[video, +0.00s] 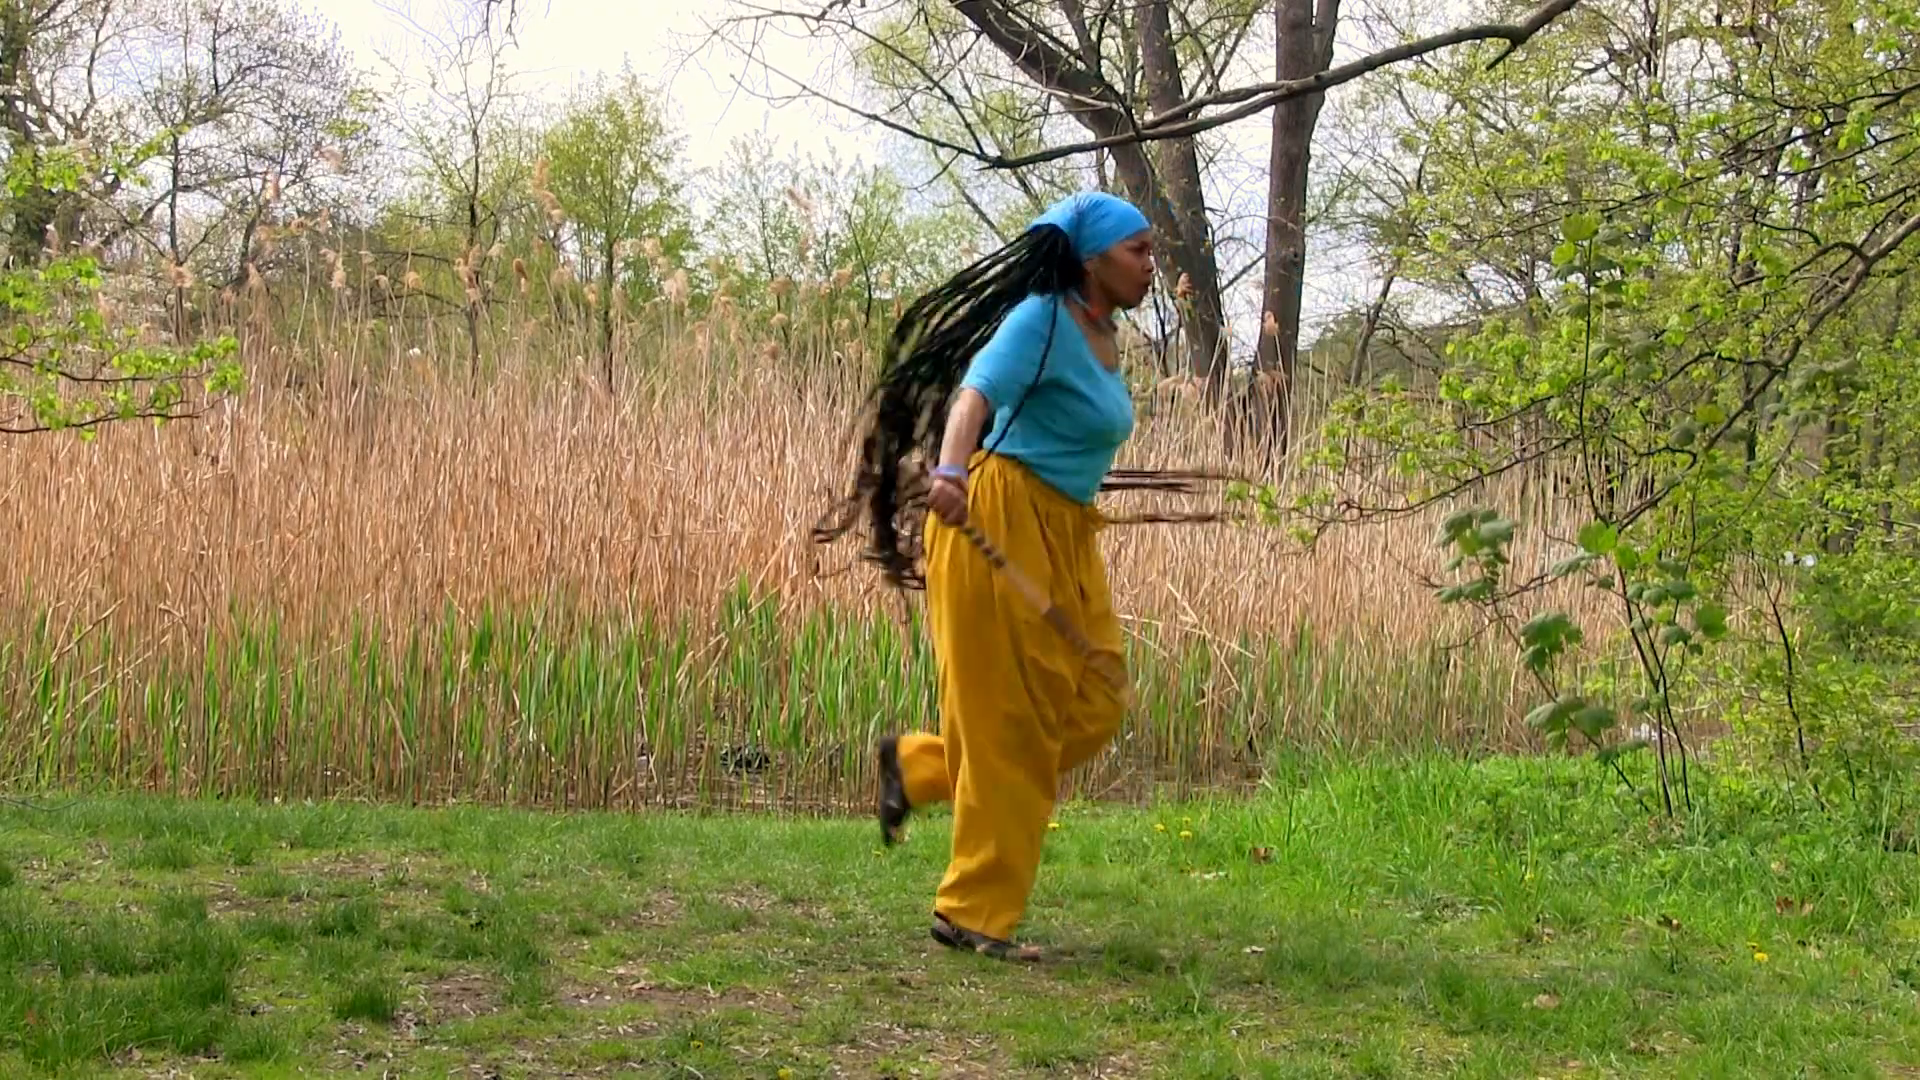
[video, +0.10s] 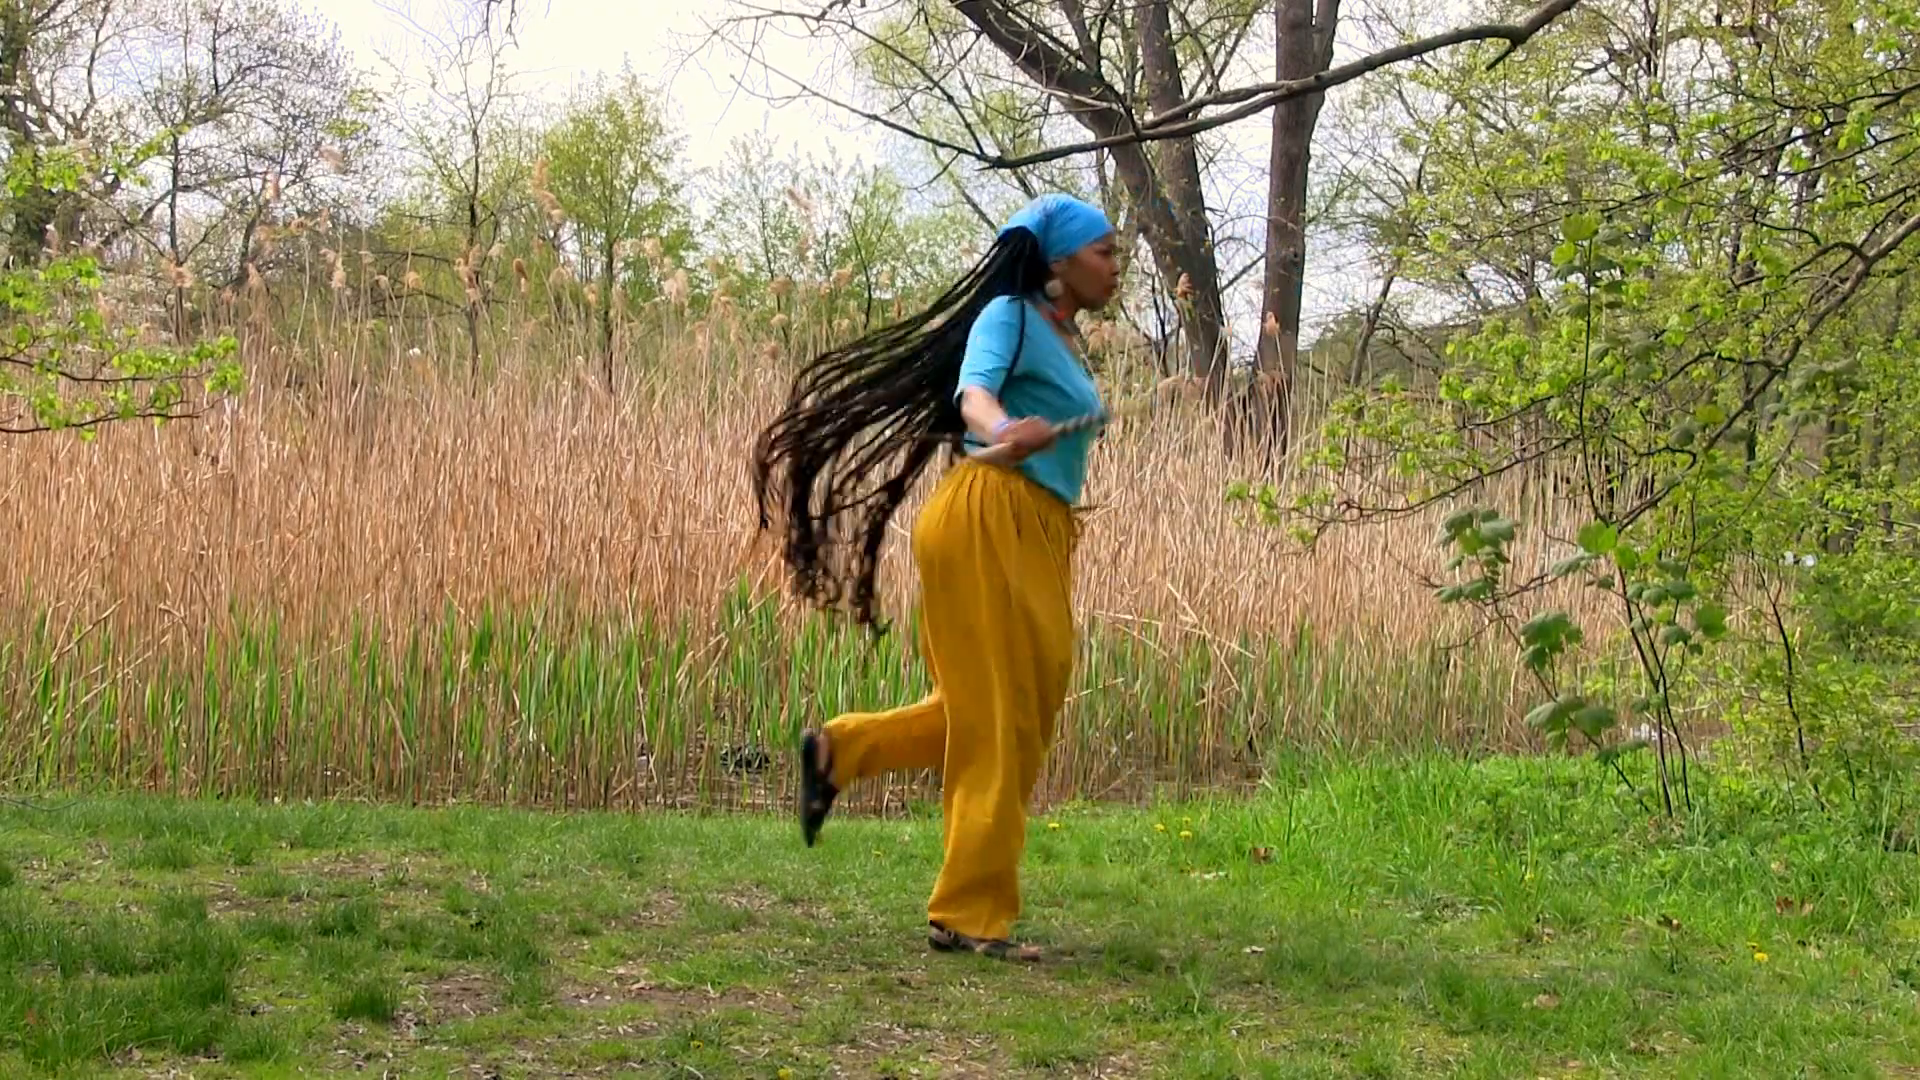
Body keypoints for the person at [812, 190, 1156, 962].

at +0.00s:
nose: (1151, 263)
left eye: (1150, 250)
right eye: (1137, 250)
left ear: (1116, 263)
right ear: (1090, 258)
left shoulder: (1101, 333)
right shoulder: (1041, 317)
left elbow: (1059, 431)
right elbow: (980, 390)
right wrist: (953, 470)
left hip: (1070, 529)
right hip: (1002, 514)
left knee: (1092, 708)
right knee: (1007, 715)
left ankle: (914, 767)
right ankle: (973, 911)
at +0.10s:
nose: (1116, 266)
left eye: (1113, 252)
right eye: (1102, 252)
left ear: (1070, 267)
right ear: (1058, 262)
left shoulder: (1054, 336)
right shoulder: (1009, 315)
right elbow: (974, 393)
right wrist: (1001, 428)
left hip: (1037, 531)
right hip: (988, 515)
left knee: (1022, 714)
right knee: (996, 714)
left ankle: (842, 751)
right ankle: (968, 915)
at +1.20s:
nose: (1141, 270)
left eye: (1137, 257)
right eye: (1128, 259)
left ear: (1090, 274)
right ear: (1085, 275)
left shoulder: (1092, 344)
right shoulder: (1073, 340)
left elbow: (1106, 463)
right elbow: (1183, 403)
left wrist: (1203, 475)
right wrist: (1280, 354)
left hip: (1103, 544)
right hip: (1046, 533)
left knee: (1156, 721)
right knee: (991, 718)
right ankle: (927, 909)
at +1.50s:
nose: (1228, 285)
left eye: (1221, 272)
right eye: (1216, 275)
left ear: (1151, 298)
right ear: (1187, 289)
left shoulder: (1128, 371)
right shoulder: (1242, 336)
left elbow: (1071, 479)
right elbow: (1309, 442)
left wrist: (1125, 542)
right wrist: (1286, 474)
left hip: (1174, 547)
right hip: (1258, 525)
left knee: (1257, 736)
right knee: (1398, 673)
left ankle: (1290, 924)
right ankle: (1260, 766)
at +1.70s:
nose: (1216, 303)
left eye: (1206, 293)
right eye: (1203, 296)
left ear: (1131, 343)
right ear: (1183, 313)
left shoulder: (1127, 421)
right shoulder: (1244, 342)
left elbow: (1115, 511)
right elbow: (1346, 389)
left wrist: (1169, 599)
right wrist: (1416, 429)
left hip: (1295, 520)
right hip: (1358, 437)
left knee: (1334, 708)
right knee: (1533, 477)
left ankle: (1373, 916)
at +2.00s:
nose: (1157, 364)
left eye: (1157, 352)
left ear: (1169, 362)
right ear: (1242, 330)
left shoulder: (1194, 438)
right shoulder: (1297, 358)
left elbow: (1254, 529)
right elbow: (1383, 414)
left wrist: (1242, 615)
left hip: (1358, 533)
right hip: (1421, 464)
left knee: (1385, 728)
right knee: (1569, 568)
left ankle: (1399, 930)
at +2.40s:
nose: (1321, 248)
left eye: (1335, 236)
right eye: (1326, 236)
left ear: (1376, 250)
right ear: (1371, 253)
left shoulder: (1375, 307)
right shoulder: (1356, 321)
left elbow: (1248, 337)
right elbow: (1277, 394)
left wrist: (1259, 307)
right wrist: (1194, 365)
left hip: (1388, 523)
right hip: (1331, 499)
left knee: (1349, 717)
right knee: (1188, 547)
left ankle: (1401, 919)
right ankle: (1288, 685)